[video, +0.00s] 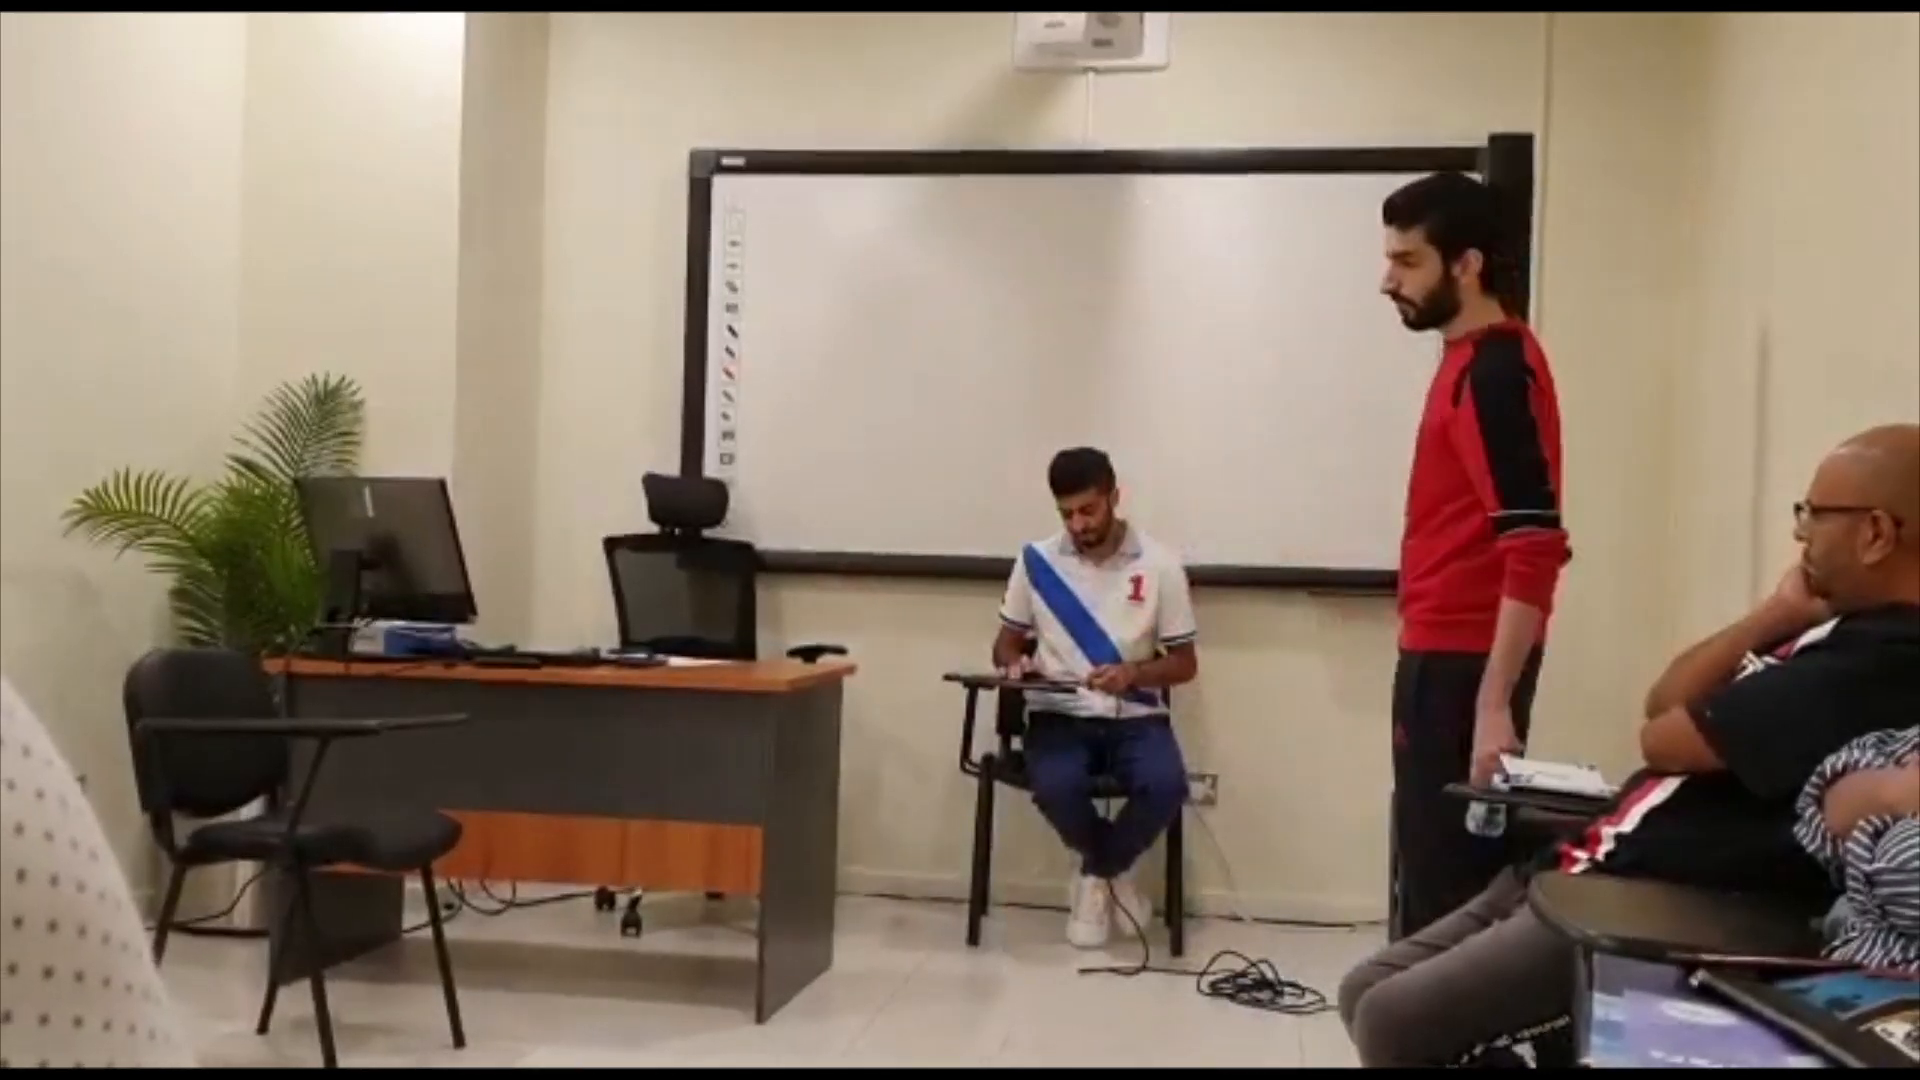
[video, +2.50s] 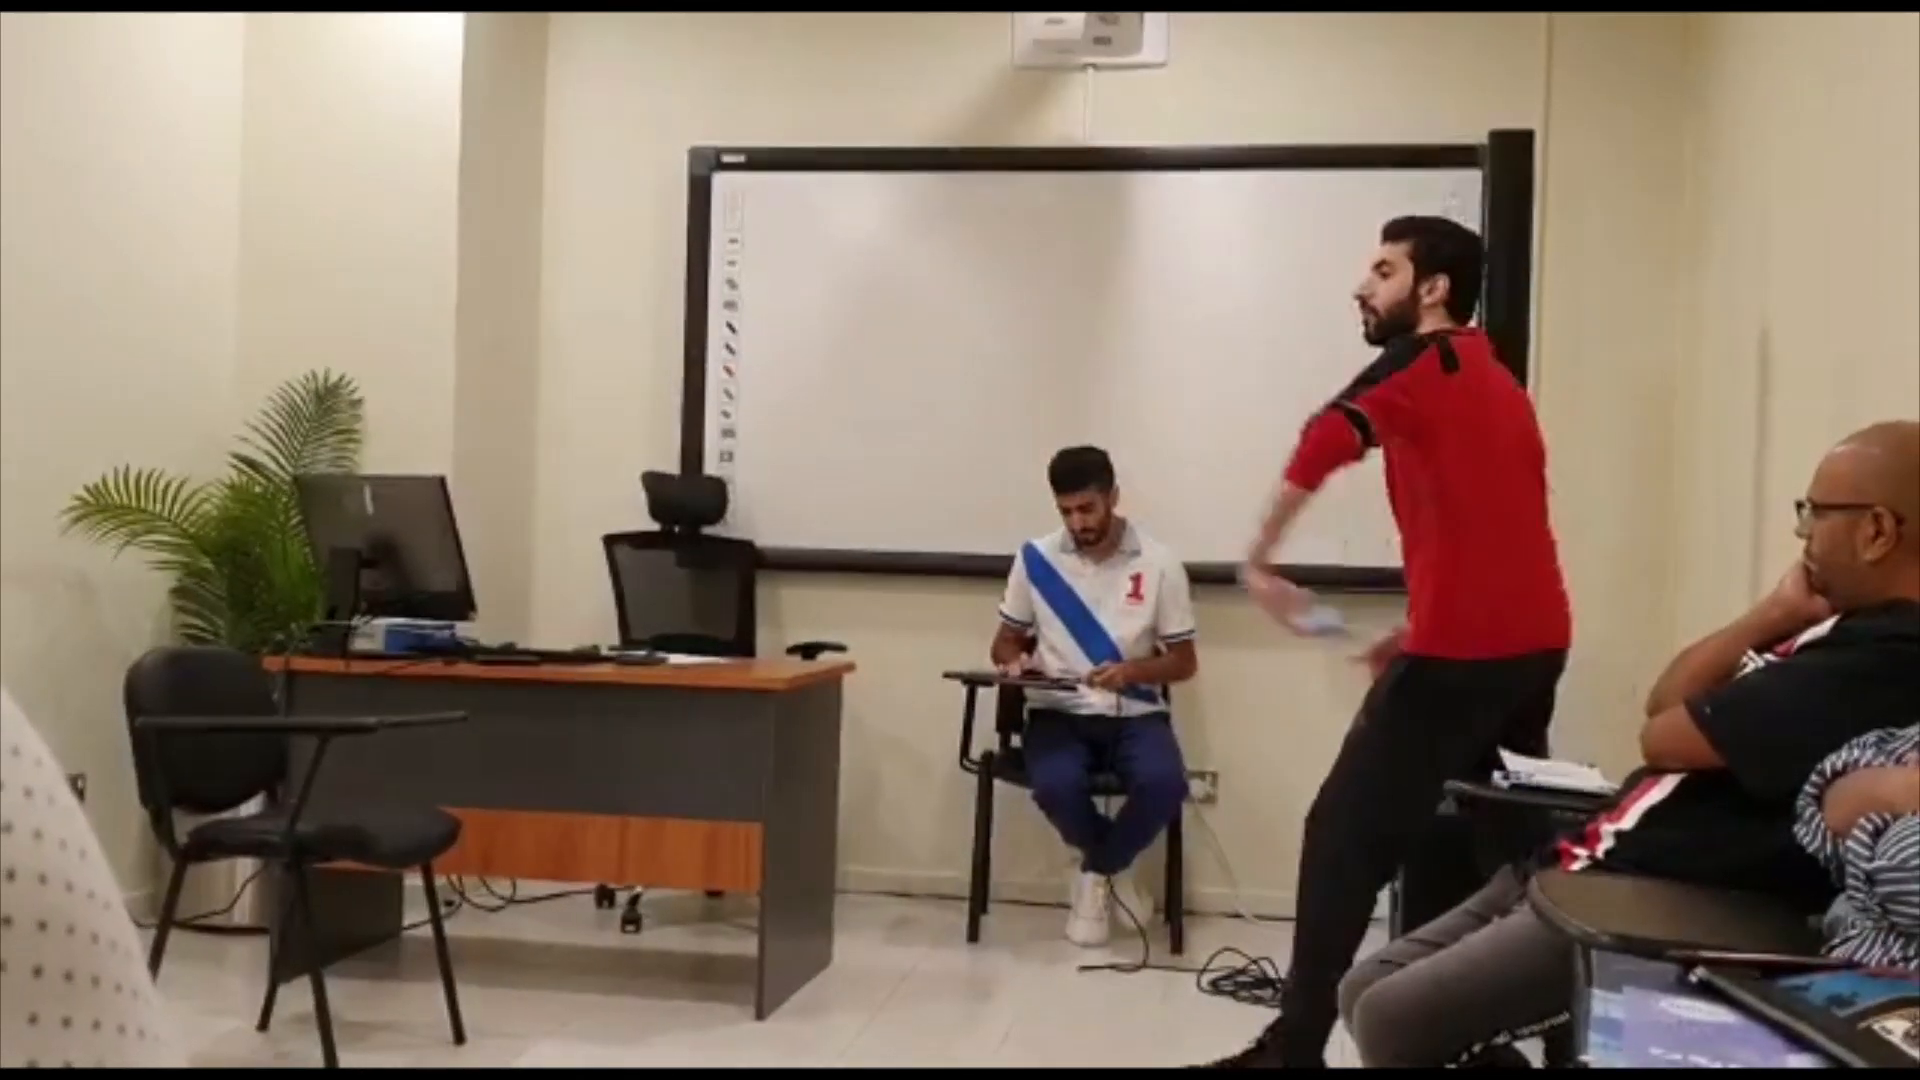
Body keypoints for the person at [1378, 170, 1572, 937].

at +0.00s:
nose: (1388, 280)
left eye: (1405, 261)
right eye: (1389, 260)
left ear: (1468, 266)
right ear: (1458, 271)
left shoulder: (1498, 364)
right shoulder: (1469, 358)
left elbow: (1535, 544)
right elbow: (1485, 535)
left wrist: (1495, 703)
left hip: (1470, 669)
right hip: (1438, 664)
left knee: (1451, 901)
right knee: (1428, 896)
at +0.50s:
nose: (1369, 317)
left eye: (1384, 296)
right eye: (1368, 298)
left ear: (1444, 294)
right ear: (1442, 297)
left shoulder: (1496, 376)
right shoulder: (1486, 373)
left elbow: (1582, 531)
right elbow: (1545, 532)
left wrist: (1591, 689)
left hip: (1499, 674)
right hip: (1510, 669)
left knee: (1397, 853)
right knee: (1481, 866)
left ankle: (1391, 1052)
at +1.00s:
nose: (1351, 293)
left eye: (1365, 272)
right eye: (1352, 273)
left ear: (1424, 274)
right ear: (1434, 277)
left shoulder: (1440, 374)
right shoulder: (1529, 365)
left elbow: (1372, 530)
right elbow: (1570, 527)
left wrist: (1282, 657)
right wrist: (1467, 580)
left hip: (1450, 665)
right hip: (1533, 664)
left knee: (1390, 863)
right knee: (1503, 861)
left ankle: (1388, 1041)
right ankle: (1490, 1035)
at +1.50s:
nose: (1371, 266)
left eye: (1392, 250)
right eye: (1378, 248)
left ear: (1449, 264)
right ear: (1454, 268)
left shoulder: (1437, 365)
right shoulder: (1533, 368)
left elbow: (1274, 394)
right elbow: (1563, 533)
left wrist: (1136, 310)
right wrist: (1470, 587)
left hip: (1440, 661)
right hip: (1523, 660)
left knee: (1388, 866)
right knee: (1494, 864)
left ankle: (1382, 1039)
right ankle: (1486, 1037)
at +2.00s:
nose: (1378, 284)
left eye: (1395, 265)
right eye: (1380, 267)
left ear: (1451, 276)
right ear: (1453, 281)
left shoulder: (1476, 358)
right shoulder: (1530, 367)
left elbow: (1425, 491)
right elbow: (1578, 537)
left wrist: (1284, 553)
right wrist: (1498, 601)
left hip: (1467, 649)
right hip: (1536, 650)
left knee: (1397, 840)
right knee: (1504, 841)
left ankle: (1382, 1042)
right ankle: (1482, 1036)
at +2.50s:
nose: (1364, 286)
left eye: (1383, 272)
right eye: (1370, 269)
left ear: (1433, 289)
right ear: (1444, 297)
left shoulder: (1411, 369)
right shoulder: (1499, 380)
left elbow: (1328, 437)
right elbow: (1502, 527)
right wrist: (1416, 631)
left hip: (1459, 649)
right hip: (1532, 643)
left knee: (1340, 830)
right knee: (1454, 838)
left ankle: (1300, 1037)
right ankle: (1444, 1027)